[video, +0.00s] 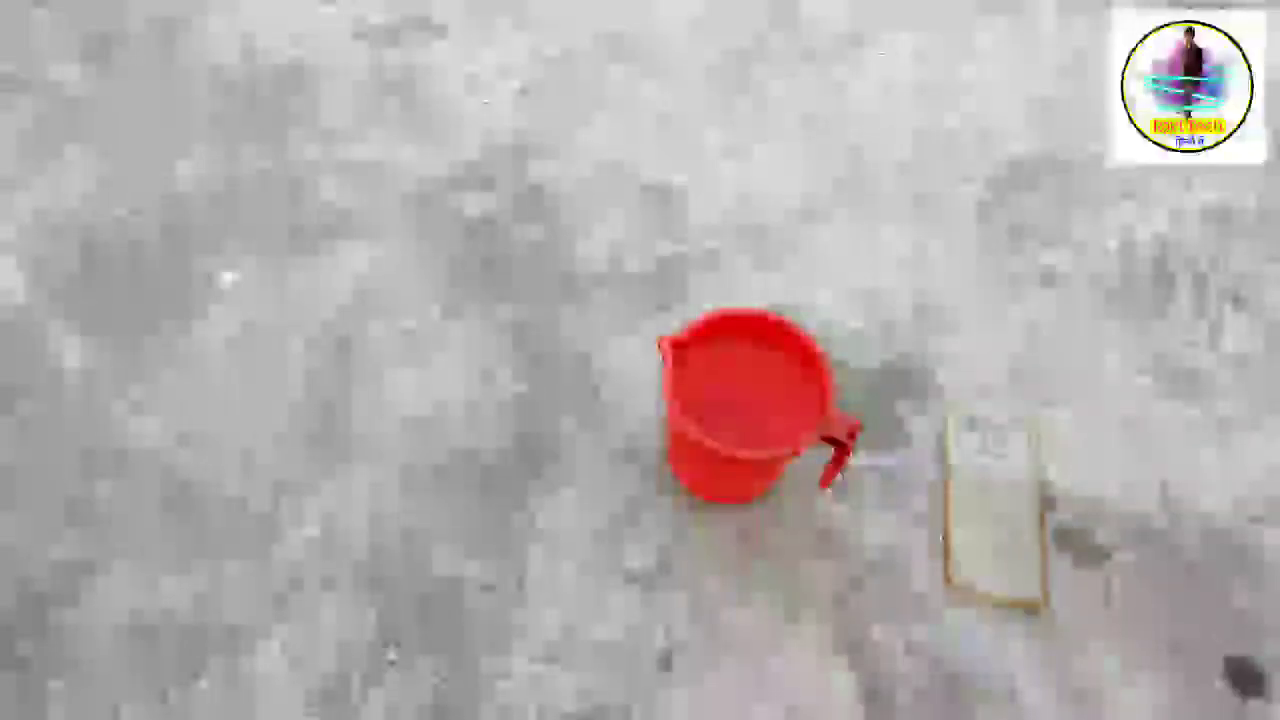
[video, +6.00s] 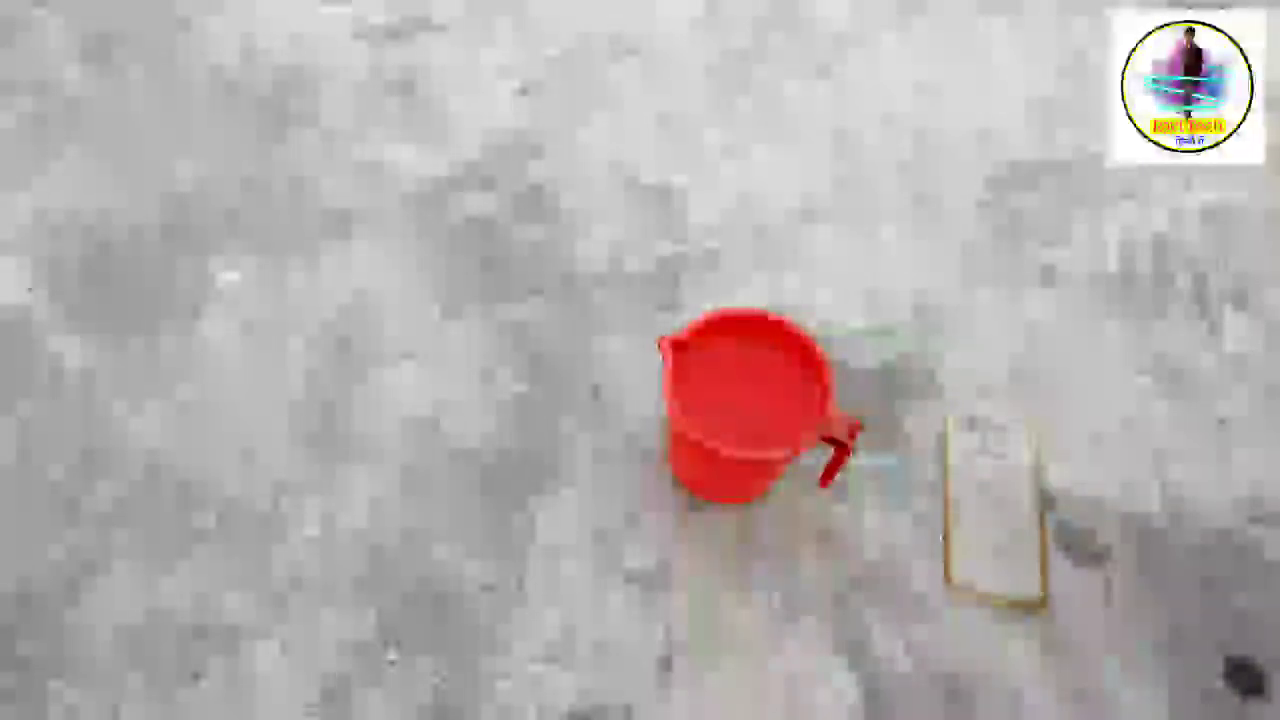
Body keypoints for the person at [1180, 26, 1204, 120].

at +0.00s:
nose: (1187, 38)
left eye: (1189, 36)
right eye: (1186, 36)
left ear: (1193, 36)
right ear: (1184, 36)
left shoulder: (1197, 50)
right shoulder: (1182, 50)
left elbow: (1199, 63)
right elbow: (1178, 61)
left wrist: (1199, 73)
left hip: (1194, 74)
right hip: (1184, 73)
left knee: (1190, 92)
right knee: (1185, 92)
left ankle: (1188, 111)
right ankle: (1186, 110)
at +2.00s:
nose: (1188, 38)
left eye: (1190, 36)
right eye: (1187, 35)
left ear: (1193, 36)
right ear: (1184, 36)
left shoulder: (1197, 50)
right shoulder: (1181, 49)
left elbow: (1199, 65)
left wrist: (1198, 77)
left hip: (1193, 74)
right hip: (1183, 74)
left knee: (1190, 92)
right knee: (1185, 92)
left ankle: (1188, 111)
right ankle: (1185, 110)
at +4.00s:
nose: (1189, 38)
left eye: (1191, 35)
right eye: (1187, 35)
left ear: (1194, 36)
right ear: (1184, 36)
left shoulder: (1198, 50)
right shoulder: (1182, 50)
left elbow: (1200, 64)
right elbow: (1177, 62)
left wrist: (1198, 74)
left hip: (1194, 75)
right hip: (1184, 74)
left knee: (1191, 93)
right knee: (1185, 93)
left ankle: (1189, 111)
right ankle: (1186, 111)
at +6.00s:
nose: (1188, 38)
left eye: (1190, 36)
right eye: (1187, 35)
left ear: (1193, 36)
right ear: (1184, 36)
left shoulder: (1197, 49)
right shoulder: (1182, 49)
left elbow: (1199, 63)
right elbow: (1175, 61)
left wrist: (1197, 73)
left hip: (1193, 74)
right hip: (1183, 73)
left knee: (1191, 92)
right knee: (1185, 92)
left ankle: (1189, 111)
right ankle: (1186, 111)